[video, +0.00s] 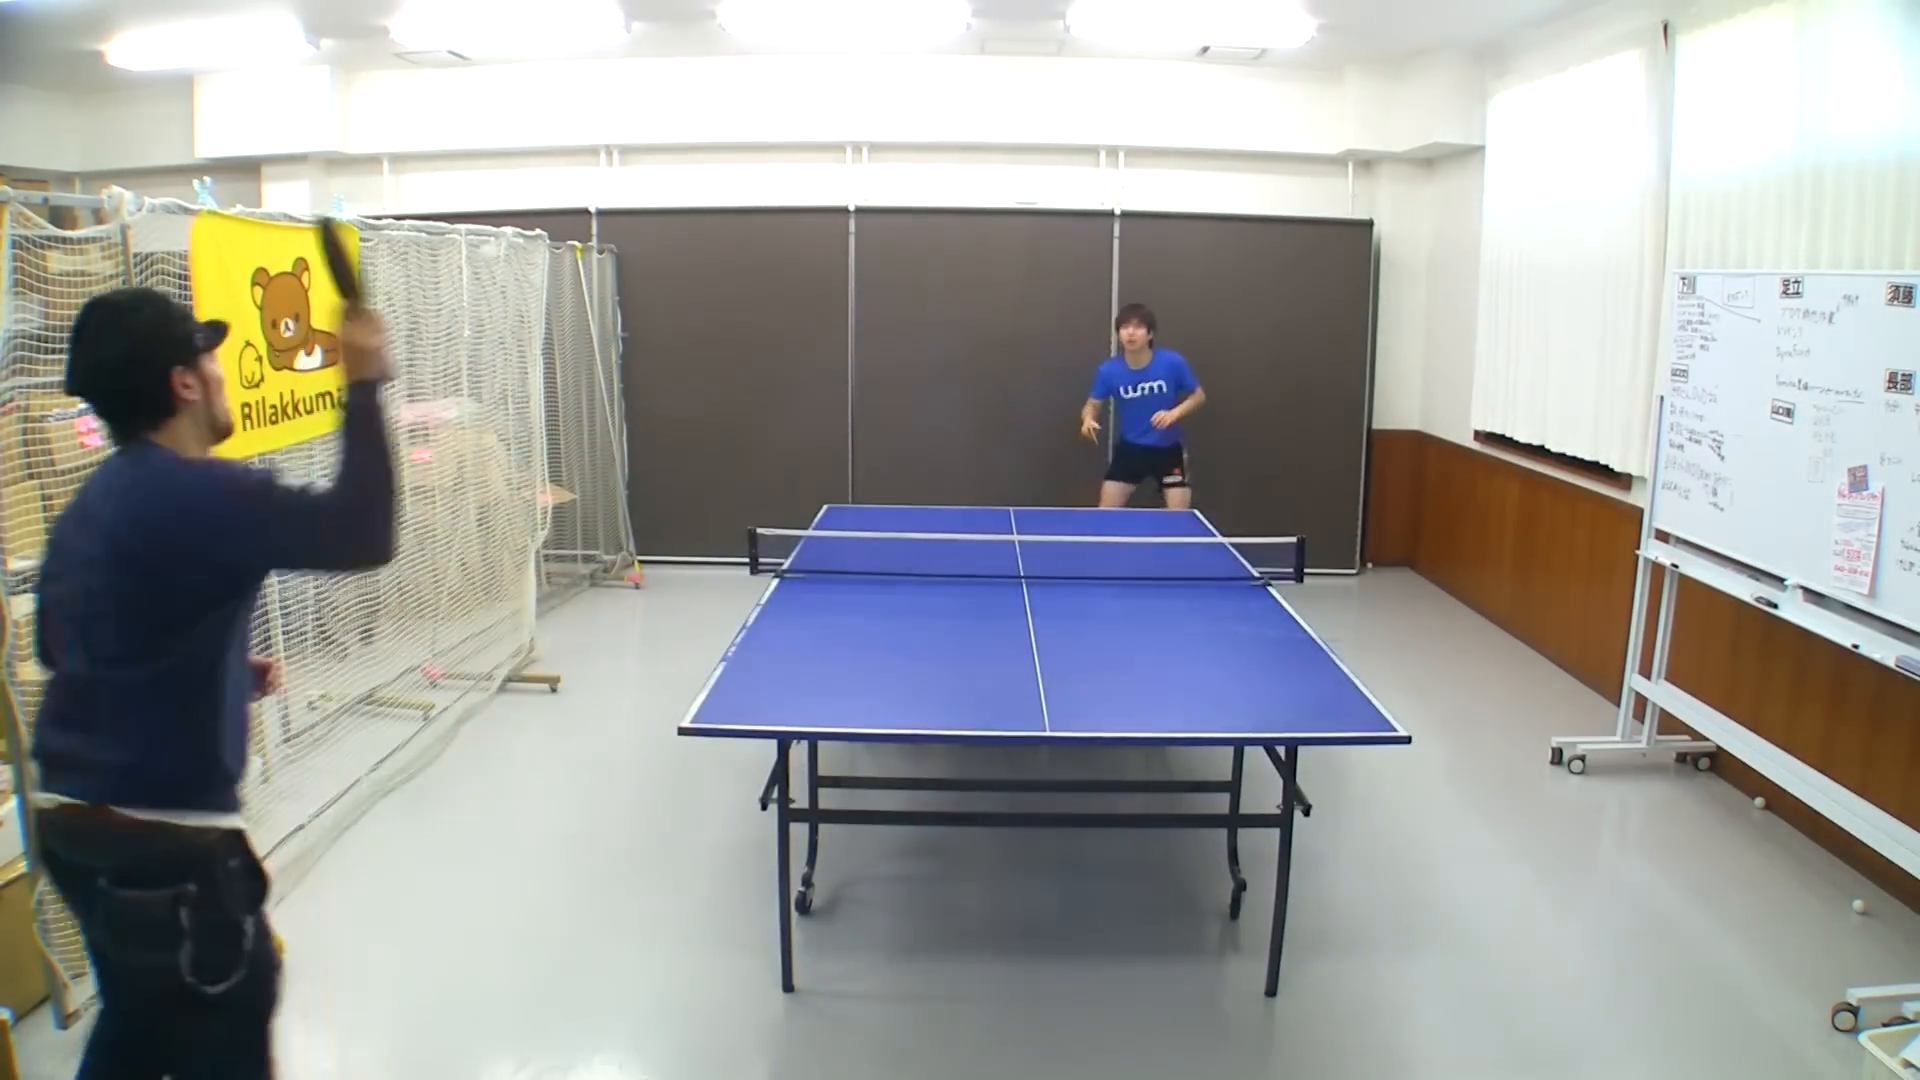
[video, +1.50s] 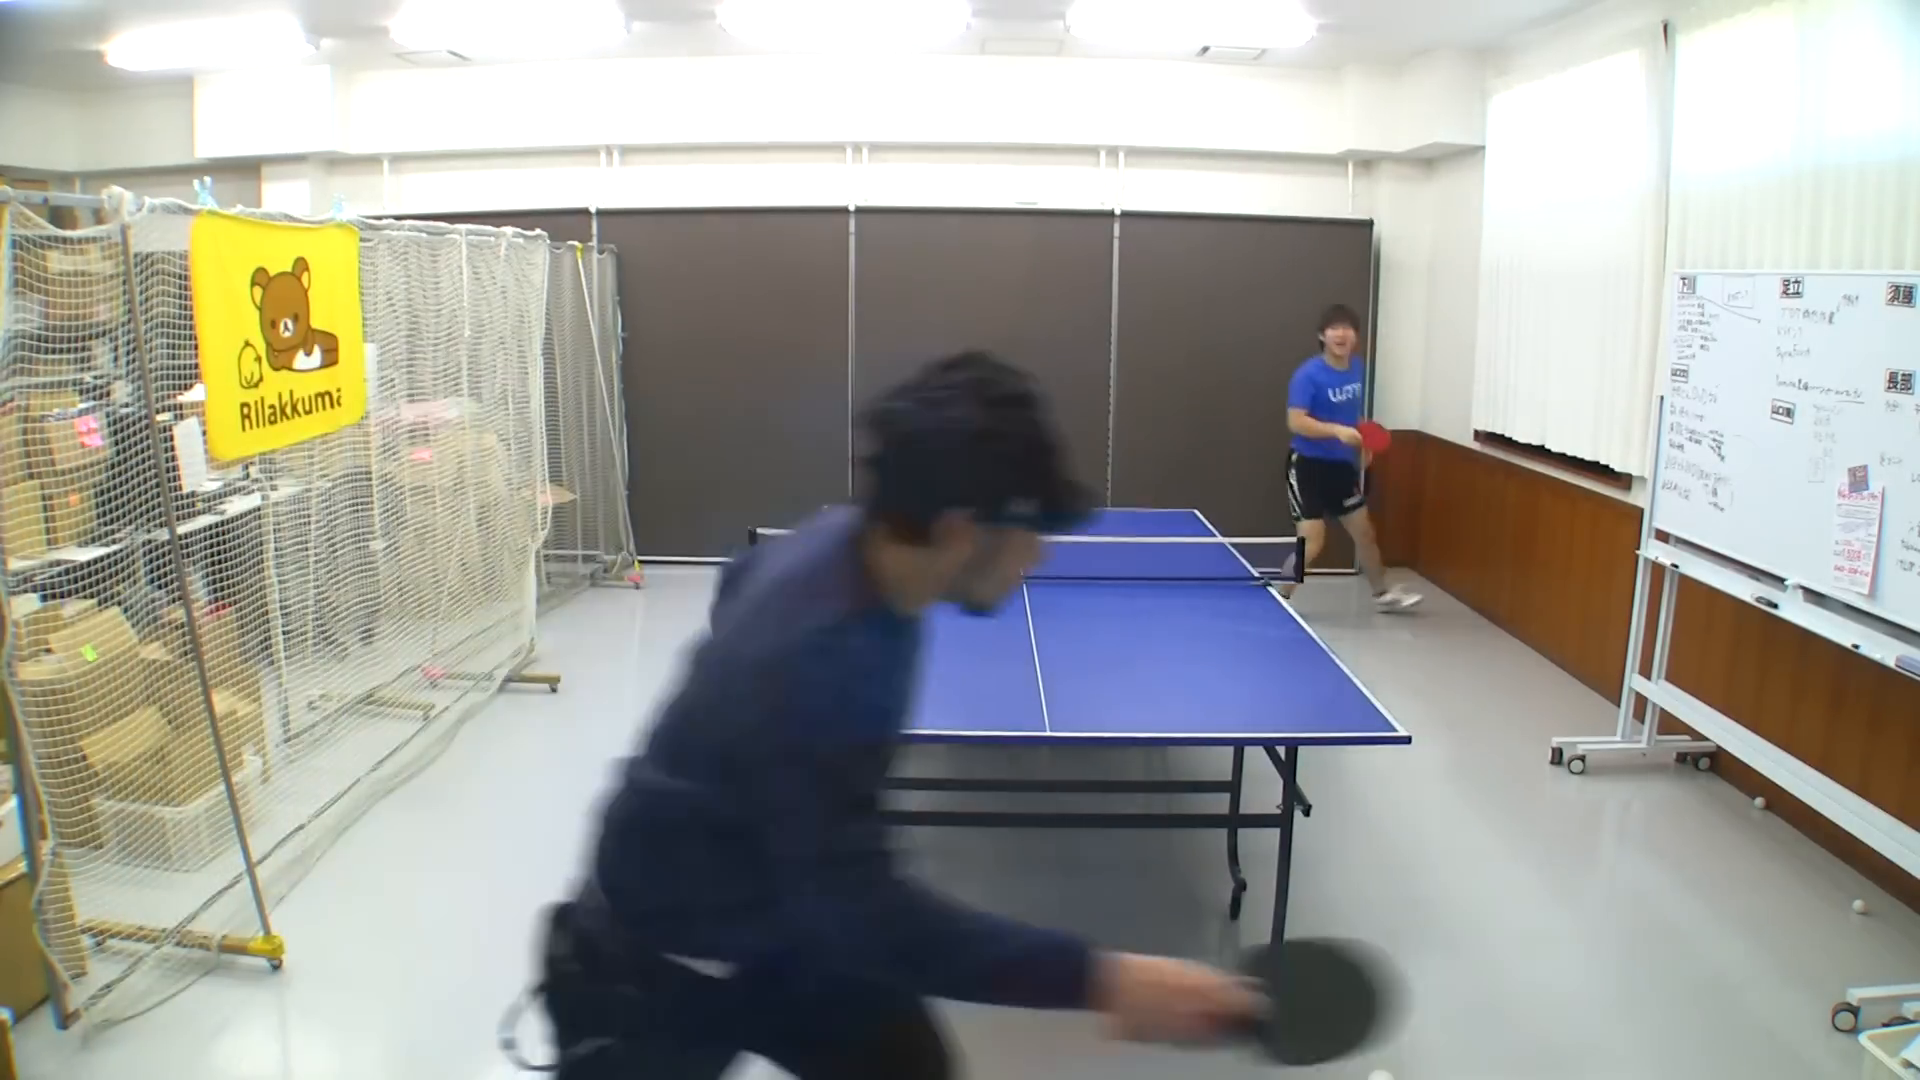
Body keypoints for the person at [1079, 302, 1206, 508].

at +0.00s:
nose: (1131, 333)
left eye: (1138, 327)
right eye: (1125, 327)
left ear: (1149, 334)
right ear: (1118, 333)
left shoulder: (1171, 362)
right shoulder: (1109, 370)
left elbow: (1199, 395)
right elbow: (1093, 403)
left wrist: (1173, 414)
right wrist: (1088, 419)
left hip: (1167, 449)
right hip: (1130, 449)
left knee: (1178, 519)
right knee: (1106, 514)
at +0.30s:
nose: (1172, 356)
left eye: (1179, 350)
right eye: (1167, 351)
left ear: (1190, 354)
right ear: (1159, 357)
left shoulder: (1211, 385)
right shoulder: (1155, 392)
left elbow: (1234, 423)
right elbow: (1148, 425)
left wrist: (1196, 434)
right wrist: (1133, 438)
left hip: (1219, 468)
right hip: (1182, 470)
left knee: (1254, 527)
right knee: (1153, 522)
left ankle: (1283, 575)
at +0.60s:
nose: (1308, 335)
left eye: (1313, 329)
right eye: (1301, 329)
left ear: (1319, 334)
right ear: (1286, 335)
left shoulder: (1319, 363)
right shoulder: (1281, 363)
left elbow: (1340, 386)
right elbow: (1291, 394)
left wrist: (1361, 373)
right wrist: (1331, 376)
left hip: (1296, 456)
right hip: (1262, 452)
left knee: (1320, 522)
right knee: (1220, 514)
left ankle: (1303, 578)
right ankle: (1171, 557)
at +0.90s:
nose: (1407, 352)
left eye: (1413, 347)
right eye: (1401, 345)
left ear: (1419, 353)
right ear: (1389, 349)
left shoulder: (1399, 383)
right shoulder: (1382, 378)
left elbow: (1377, 421)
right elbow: (1399, 418)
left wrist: (1394, 441)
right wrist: (1441, 411)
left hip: (1374, 473)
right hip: (1348, 466)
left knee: (1416, 530)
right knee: (1304, 535)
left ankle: (1419, 596)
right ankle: (1239, 539)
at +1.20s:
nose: (1431, 377)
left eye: (1438, 372)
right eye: (1425, 369)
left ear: (1443, 378)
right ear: (1410, 372)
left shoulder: (1418, 405)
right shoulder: (1399, 407)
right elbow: (1379, 455)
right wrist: (1409, 491)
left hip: (1384, 485)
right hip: (1361, 482)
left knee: (1431, 528)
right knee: (1362, 562)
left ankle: (1422, 597)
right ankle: (1296, 579)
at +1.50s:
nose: (1341, 335)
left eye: (1347, 329)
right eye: (1334, 328)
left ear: (1356, 336)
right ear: (1322, 335)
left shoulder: (1358, 370)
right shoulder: (1308, 374)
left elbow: (1357, 414)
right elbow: (1295, 421)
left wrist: (1364, 445)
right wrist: (1338, 430)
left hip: (1342, 463)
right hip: (1307, 464)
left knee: (1365, 533)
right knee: (1312, 544)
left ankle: (1382, 593)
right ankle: (1278, 600)